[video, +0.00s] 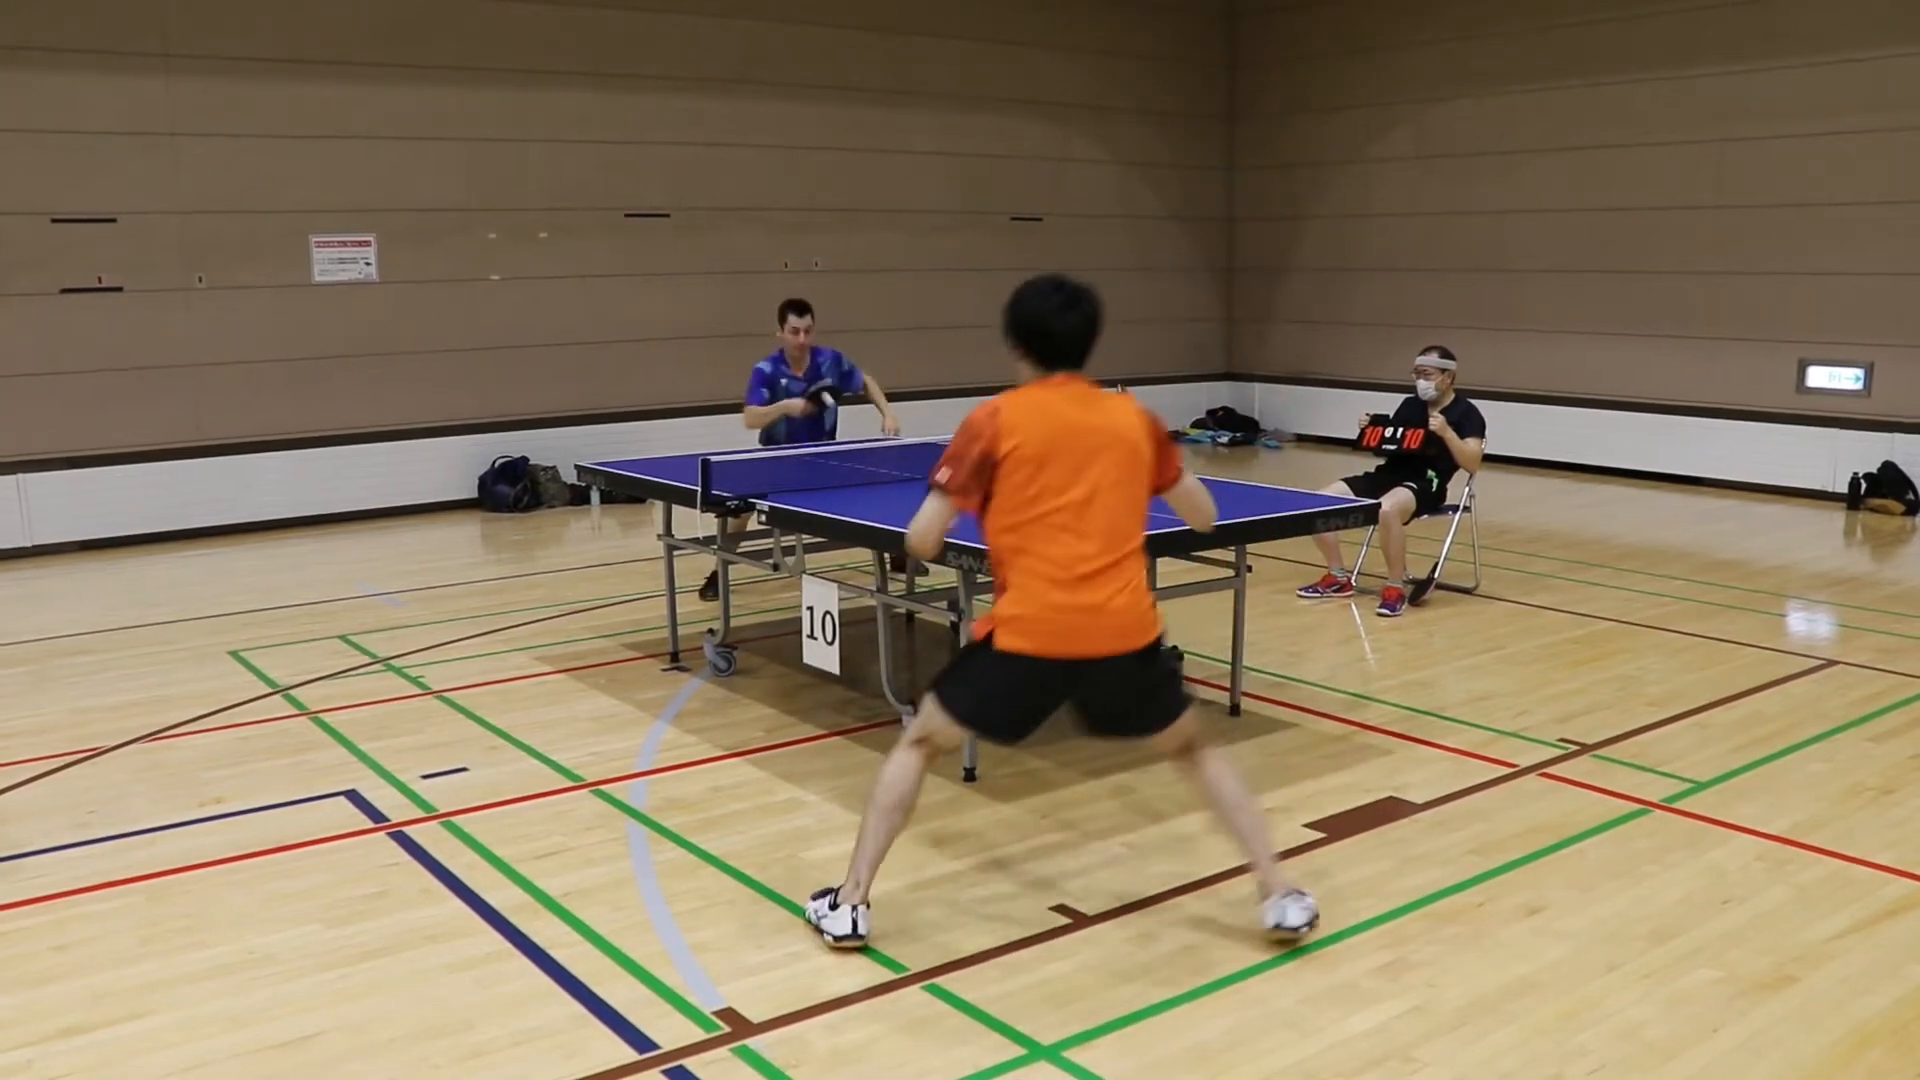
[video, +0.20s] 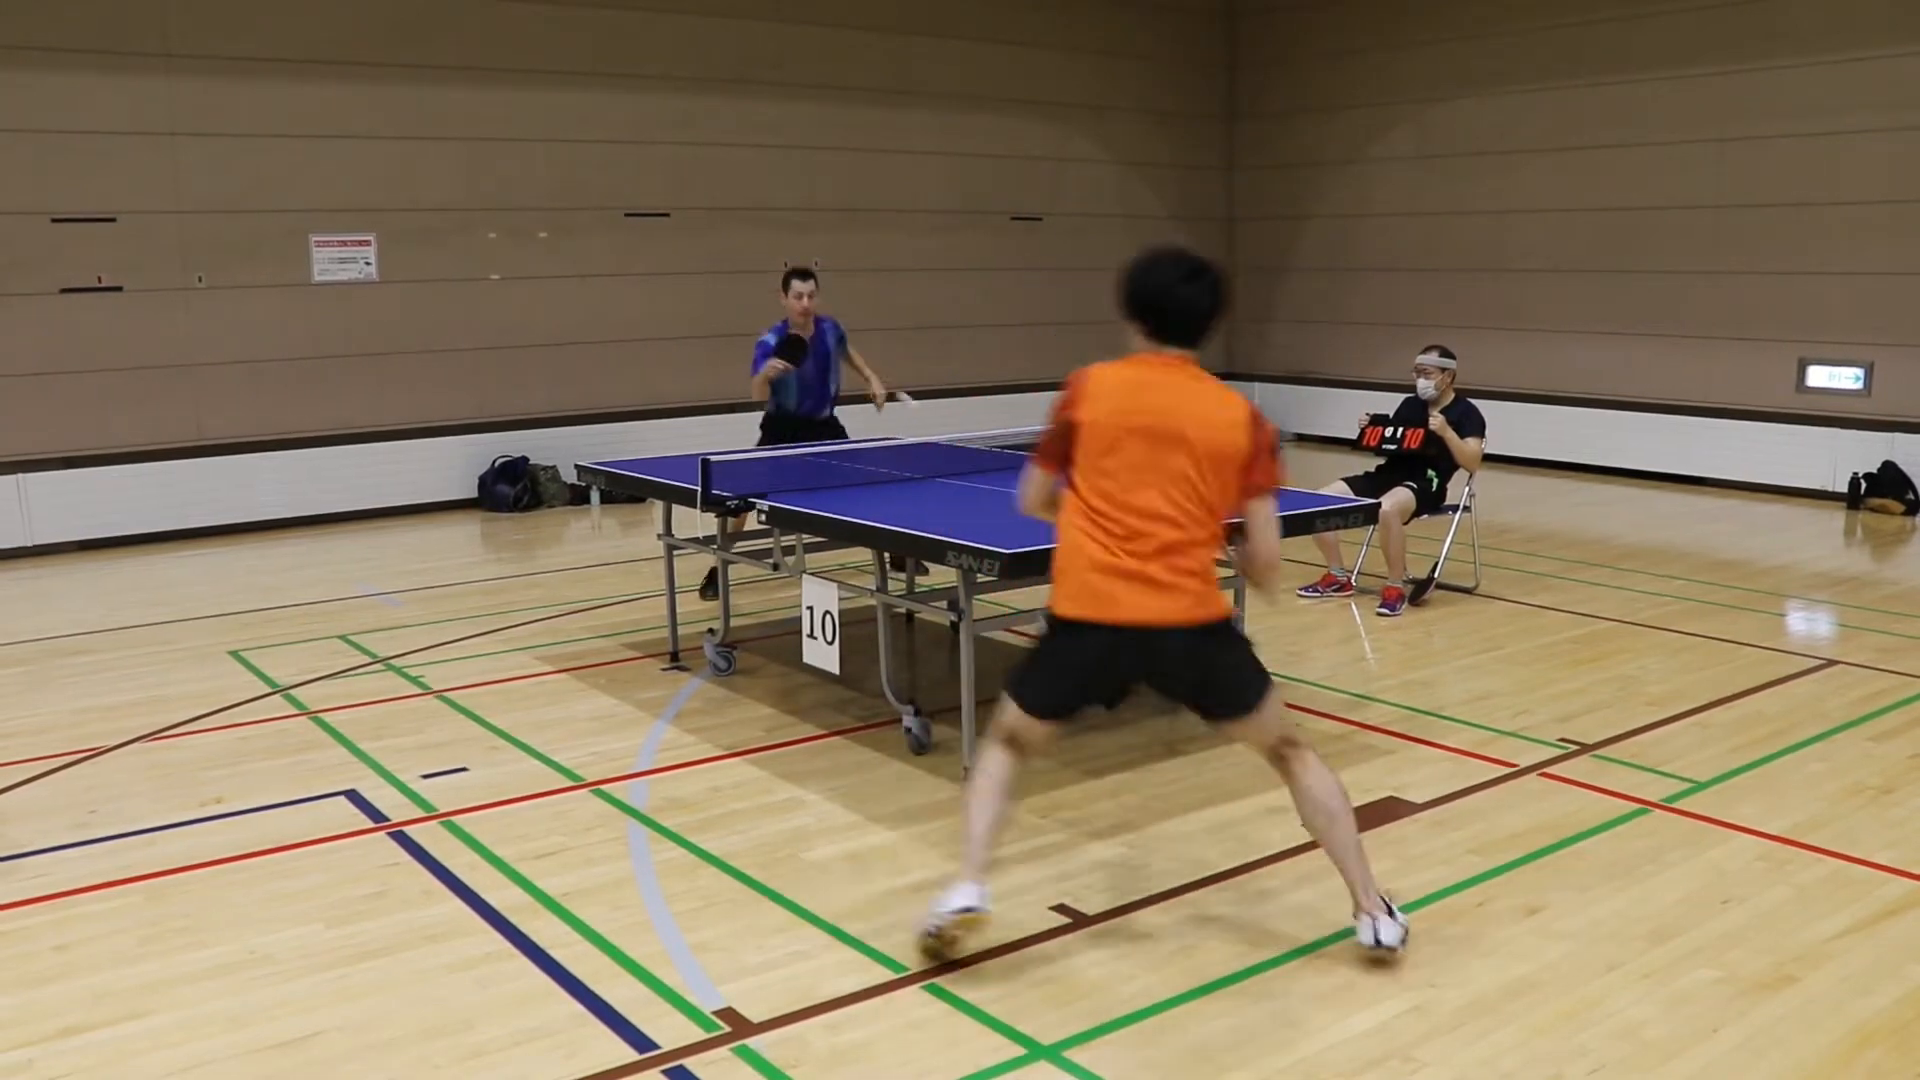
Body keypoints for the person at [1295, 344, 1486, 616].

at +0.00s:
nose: (1421, 382)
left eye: (1428, 376)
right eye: (1417, 375)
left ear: (1448, 378)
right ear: (1413, 375)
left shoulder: (1467, 414)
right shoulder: (1411, 405)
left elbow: (1472, 464)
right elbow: (1392, 440)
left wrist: (1447, 434)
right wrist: (1372, 427)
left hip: (1427, 482)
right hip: (1391, 474)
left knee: (1388, 510)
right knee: (1320, 502)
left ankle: (1394, 588)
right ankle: (1338, 577)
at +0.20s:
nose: (1421, 380)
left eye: (1428, 374)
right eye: (1418, 373)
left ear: (1448, 377)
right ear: (1413, 374)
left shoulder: (1467, 414)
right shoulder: (1411, 404)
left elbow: (1472, 463)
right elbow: (1393, 439)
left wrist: (1447, 433)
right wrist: (1372, 426)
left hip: (1427, 482)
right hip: (1391, 474)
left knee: (1388, 510)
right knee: (1320, 502)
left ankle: (1394, 588)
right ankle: (1337, 576)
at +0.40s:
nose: (1427, 378)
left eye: (1434, 372)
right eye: (1421, 372)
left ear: (1452, 376)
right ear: (1415, 375)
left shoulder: (1467, 414)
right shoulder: (1411, 404)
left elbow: (1472, 463)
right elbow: (1393, 439)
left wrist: (1447, 433)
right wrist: (1372, 426)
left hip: (1427, 481)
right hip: (1391, 473)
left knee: (1388, 509)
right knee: (1320, 502)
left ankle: (1394, 587)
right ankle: (1337, 576)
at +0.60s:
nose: (1428, 379)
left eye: (1436, 373)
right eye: (1423, 372)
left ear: (1453, 377)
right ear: (1417, 376)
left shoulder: (1467, 414)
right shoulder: (1411, 404)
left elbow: (1472, 463)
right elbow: (1393, 439)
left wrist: (1447, 433)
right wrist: (1372, 426)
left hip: (1427, 481)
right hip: (1391, 473)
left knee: (1388, 509)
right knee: (1320, 502)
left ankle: (1395, 588)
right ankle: (1337, 576)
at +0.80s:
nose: (1428, 379)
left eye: (1435, 372)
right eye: (1422, 372)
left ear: (1452, 377)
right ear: (1416, 376)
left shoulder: (1467, 414)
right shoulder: (1411, 404)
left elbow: (1472, 463)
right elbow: (1393, 439)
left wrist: (1447, 433)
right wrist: (1372, 426)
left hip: (1427, 481)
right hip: (1391, 473)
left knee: (1388, 509)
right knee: (1319, 503)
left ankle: (1394, 588)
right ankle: (1337, 576)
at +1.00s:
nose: (1422, 379)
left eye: (1430, 373)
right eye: (1418, 373)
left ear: (1449, 377)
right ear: (1414, 374)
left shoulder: (1467, 414)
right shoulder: (1411, 404)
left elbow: (1472, 463)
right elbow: (1394, 438)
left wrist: (1447, 433)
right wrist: (1373, 426)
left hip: (1427, 482)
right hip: (1391, 473)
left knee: (1388, 509)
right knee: (1320, 502)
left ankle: (1395, 588)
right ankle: (1337, 576)